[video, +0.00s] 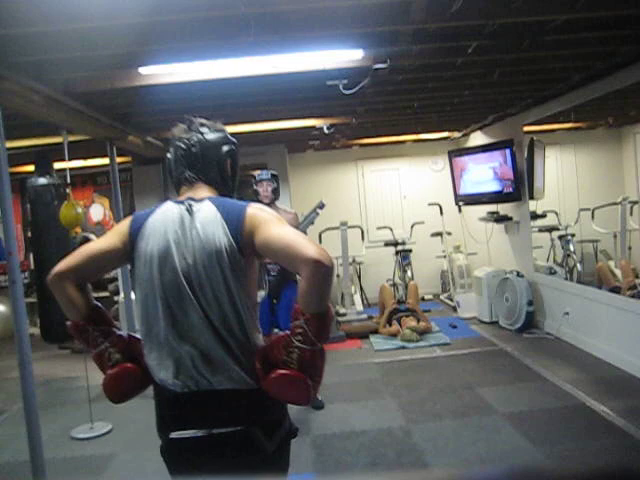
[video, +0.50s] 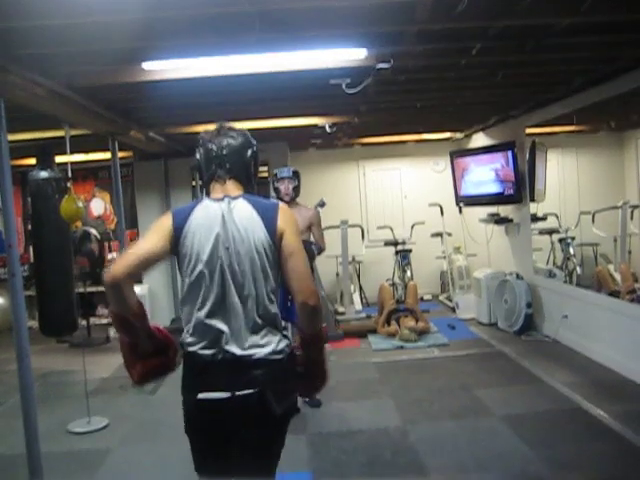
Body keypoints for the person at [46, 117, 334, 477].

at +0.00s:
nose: (238, 173)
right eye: (236, 166)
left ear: (172, 174)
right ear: (228, 169)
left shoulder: (138, 226)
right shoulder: (247, 216)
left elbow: (61, 277)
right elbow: (317, 261)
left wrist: (107, 343)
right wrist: (302, 345)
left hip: (179, 425)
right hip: (249, 419)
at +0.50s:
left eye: (199, 163)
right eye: (257, 162)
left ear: (200, 171)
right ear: (252, 167)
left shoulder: (177, 220)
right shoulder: (277, 214)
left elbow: (115, 276)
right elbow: (308, 299)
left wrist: (142, 342)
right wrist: (314, 358)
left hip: (205, 383)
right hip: (269, 379)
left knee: (212, 473)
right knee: (258, 473)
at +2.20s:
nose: (320, 179)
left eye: (289, 174)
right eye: (322, 173)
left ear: (284, 180)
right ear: (322, 178)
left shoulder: (264, 224)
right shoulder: (338, 215)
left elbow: (248, 288)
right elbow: (361, 282)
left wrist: (278, 280)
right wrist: (349, 295)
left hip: (286, 348)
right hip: (332, 345)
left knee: (294, 431)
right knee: (324, 443)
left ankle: (294, 476)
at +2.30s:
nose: (320, 181)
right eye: (320, 175)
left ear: (282, 182)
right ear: (318, 178)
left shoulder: (262, 225)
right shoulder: (333, 215)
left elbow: (247, 288)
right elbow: (357, 282)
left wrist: (279, 278)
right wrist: (344, 291)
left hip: (286, 346)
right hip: (330, 342)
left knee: (297, 430)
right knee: (325, 440)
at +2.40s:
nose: (318, 179)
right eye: (317, 174)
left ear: (279, 181)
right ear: (315, 177)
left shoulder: (260, 224)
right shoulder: (327, 213)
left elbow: (246, 286)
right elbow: (350, 280)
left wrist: (280, 275)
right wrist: (340, 287)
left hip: (283, 340)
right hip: (327, 337)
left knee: (296, 428)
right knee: (325, 435)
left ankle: (297, 478)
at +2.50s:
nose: (315, 179)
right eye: (313, 174)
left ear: (275, 181)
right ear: (310, 178)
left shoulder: (258, 223)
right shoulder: (322, 211)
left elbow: (245, 285)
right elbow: (346, 277)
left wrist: (277, 274)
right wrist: (329, 282)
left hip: (281, 336)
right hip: (324, 333)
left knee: (295, 425)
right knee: (325, 431)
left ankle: (298, 478)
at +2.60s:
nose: (313, 179)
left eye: (309, 174)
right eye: (310, 174)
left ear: (273, 181)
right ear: (305, 178)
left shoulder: (256, 223)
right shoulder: (318, 211)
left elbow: (244, 284)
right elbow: (343, 274)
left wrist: (276, 271)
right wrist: (338, 262)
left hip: (278, 332)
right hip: (319, 329)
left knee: (293, 423)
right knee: (329, 425)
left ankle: (296, 478)